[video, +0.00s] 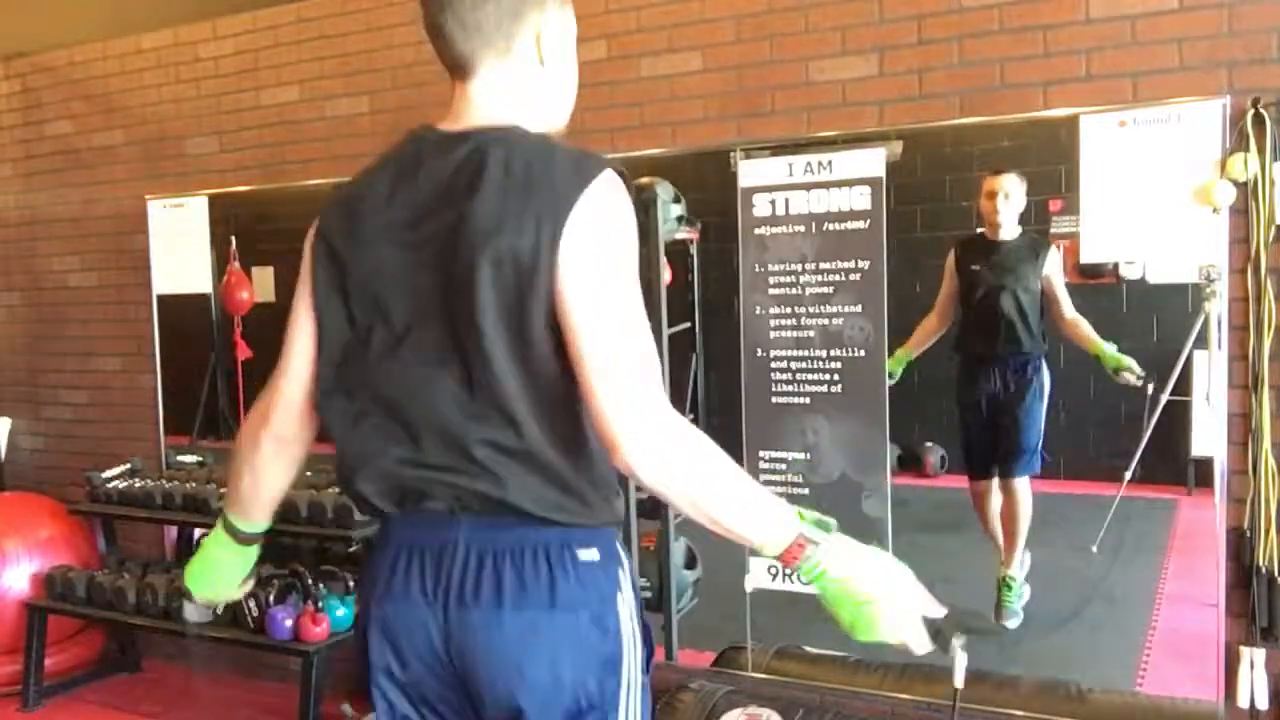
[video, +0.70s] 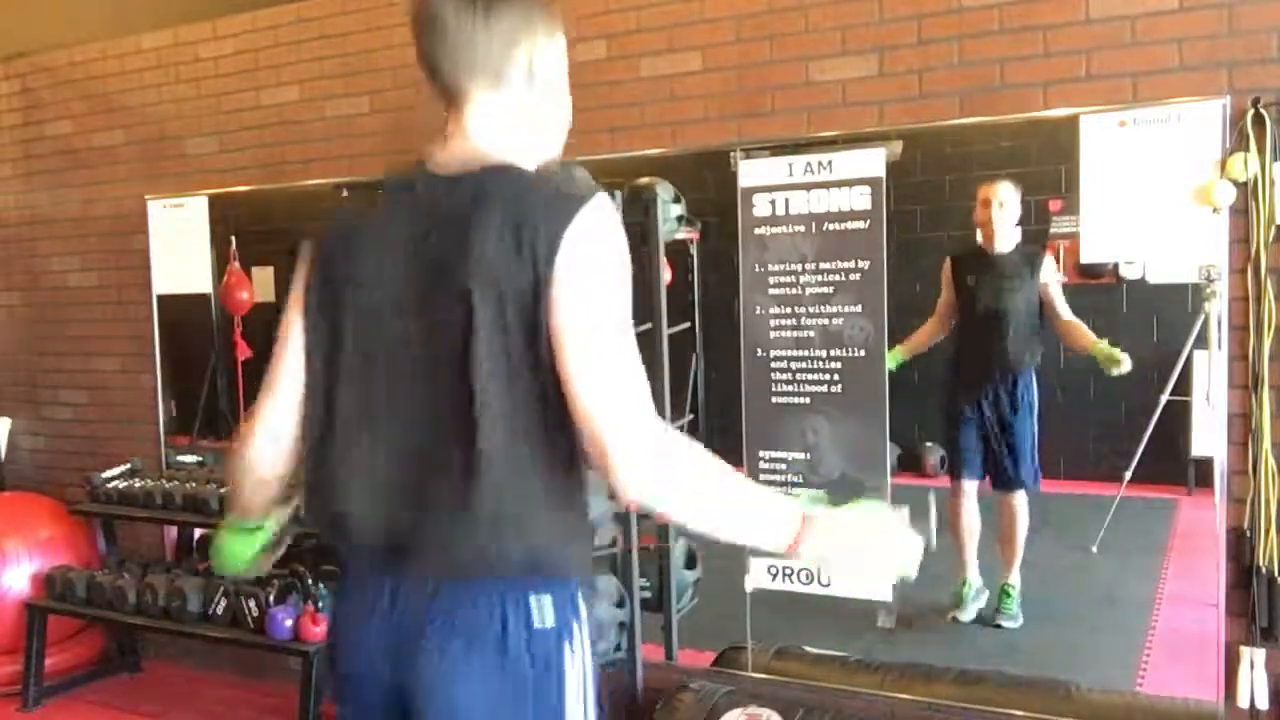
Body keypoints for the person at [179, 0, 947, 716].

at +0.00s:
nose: (576, 73)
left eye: (573, 47)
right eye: (573, 47)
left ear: (445, 52)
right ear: (546, 42)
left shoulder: (346, 213)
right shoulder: (576, 189)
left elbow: (283, 421)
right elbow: (639, 432)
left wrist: (232, 539)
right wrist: (815, 550)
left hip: (403, 581)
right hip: (554, 583)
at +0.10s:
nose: (587, 129)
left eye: (582, 107)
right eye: (580, 105)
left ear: (457, 115)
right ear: (558, 108)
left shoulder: (356, 278)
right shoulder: (590, 257)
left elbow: (285, 491)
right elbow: (662, 492)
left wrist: (255, 502)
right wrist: (855, 531)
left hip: (411, 618)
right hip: (559, 618)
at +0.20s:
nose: (593, 159)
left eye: (587, 138)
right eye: (589, 137)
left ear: (465, 147)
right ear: (569, 144)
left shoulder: (371, 308)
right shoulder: (609, 301)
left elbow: (286, 510)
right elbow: (699, 529)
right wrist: (877, 512)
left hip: (410, 666)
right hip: (561, 670)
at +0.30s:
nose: (597, 91)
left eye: (595, 65)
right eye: (593, 65)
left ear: (468, 70)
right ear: (565, 64)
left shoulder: (367, 226)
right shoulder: (599, 216)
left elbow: (290, 442)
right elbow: (672, 446)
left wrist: (266, 515)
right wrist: (839, 523)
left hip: (398, 597)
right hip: (545, 603)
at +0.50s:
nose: (585, 121)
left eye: (582, 96)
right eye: (580, 95)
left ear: (454, 104)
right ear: (557, 94)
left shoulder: (360, 264)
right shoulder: (591, 247)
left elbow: (282, 482)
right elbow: (646, 490)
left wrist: (253, 499)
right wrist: (838, 538)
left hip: (393, 615)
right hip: (543, 626)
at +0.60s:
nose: (579, 160)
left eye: (573, 138)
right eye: (572, 137)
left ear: (453, 149)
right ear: (549, 144)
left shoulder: (350, 311)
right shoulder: (586, 303)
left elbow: (268, 510)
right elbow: (659, 533)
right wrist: (837, 524)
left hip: (382, 675)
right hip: (532, 682)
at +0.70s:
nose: (570, 107)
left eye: (567, 75)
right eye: (563, 75)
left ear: (442, 79)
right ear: (529, 72)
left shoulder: (341, 241)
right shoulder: (565, 215)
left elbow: (265, 452)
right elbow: (634, 456)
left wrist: (245, 524)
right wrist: (810, 530)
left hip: (367, 609)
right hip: (510, 616)